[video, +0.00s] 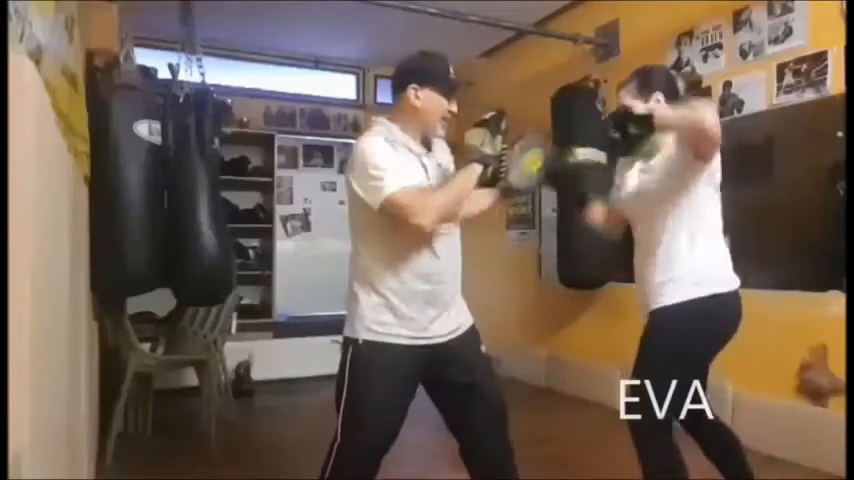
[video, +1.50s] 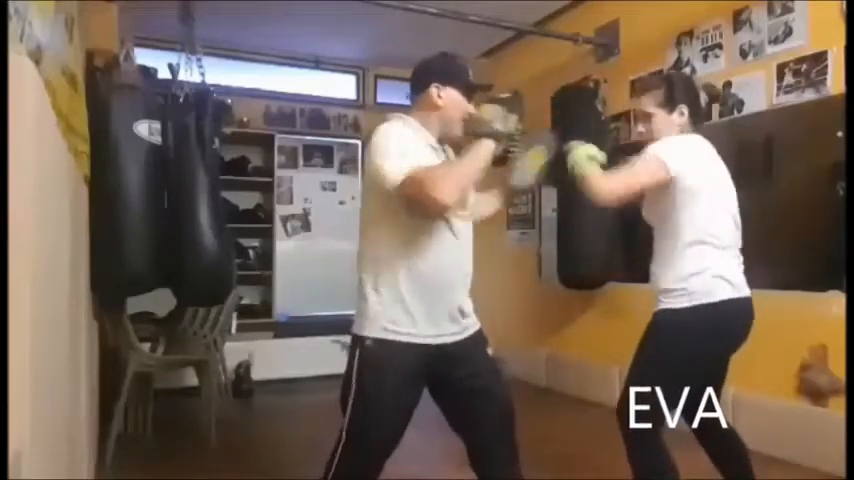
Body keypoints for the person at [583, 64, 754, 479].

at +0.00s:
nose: (621, 117)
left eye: (627, 107)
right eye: (619, 109)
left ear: (656, 102)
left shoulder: (690, 146)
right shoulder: (633, 165)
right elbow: (611, 221)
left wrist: (653, 116)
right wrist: (578, 186)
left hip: (701, 301)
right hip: (669, 307)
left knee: (644, 413)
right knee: (691, 409)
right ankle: (742, 474)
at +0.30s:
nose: (634, 123)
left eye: (641, 111)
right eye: (632, 114)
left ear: (676, 107)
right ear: (673, 110)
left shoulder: (674, 146)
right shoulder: (700, 149)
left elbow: (628, 176)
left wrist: (595, 161)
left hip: (684, 307)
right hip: (719, 304)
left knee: (636, 411)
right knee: (695, 408)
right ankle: (743, 474)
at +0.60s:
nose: (638, 121)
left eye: (647, 110)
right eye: (636, 112)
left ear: (678, 106)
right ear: (671, 108)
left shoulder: (713, 154)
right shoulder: (659, 157)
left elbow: (666, 222)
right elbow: (609, 201)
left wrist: (644, 158)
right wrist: (584, 160)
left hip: (709, 307)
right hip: (678, 308)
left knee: (656, 418)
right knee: (699, 412)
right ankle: (743, 475)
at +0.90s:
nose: (629, 134)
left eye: (634, 124)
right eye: (628, 125)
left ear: (661, 120)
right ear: (665, 121)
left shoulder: (657, 162)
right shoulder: (692, 155)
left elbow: (614, 223)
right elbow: (668, 228)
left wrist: (599, 175)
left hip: (696, 316)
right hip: (731, 310)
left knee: (638, 415)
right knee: (694, 408)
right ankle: (741, 474)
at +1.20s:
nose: (636, 119)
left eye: (642, 110)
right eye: (634, 112)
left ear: (671, 107)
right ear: (656, 110)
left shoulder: (710, 145)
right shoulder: (639, 165)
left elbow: (691, 192)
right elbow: (585, 189)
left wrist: (658, 142)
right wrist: (567, 151)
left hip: (707, 303)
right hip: (670, 308)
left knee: (643, 409)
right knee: (700, 412)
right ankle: (741, 474)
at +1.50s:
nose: (638, 131)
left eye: (647, 118)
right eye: (635, 121)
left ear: (680, 115)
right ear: (681, 118)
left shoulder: (672, 153)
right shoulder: (704, 153)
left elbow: (607, 190)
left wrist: (581, 158)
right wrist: (635, 159)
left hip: (690, 311)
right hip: (729, 307)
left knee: (634, 414)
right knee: (701, 410)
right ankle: (743, 475)